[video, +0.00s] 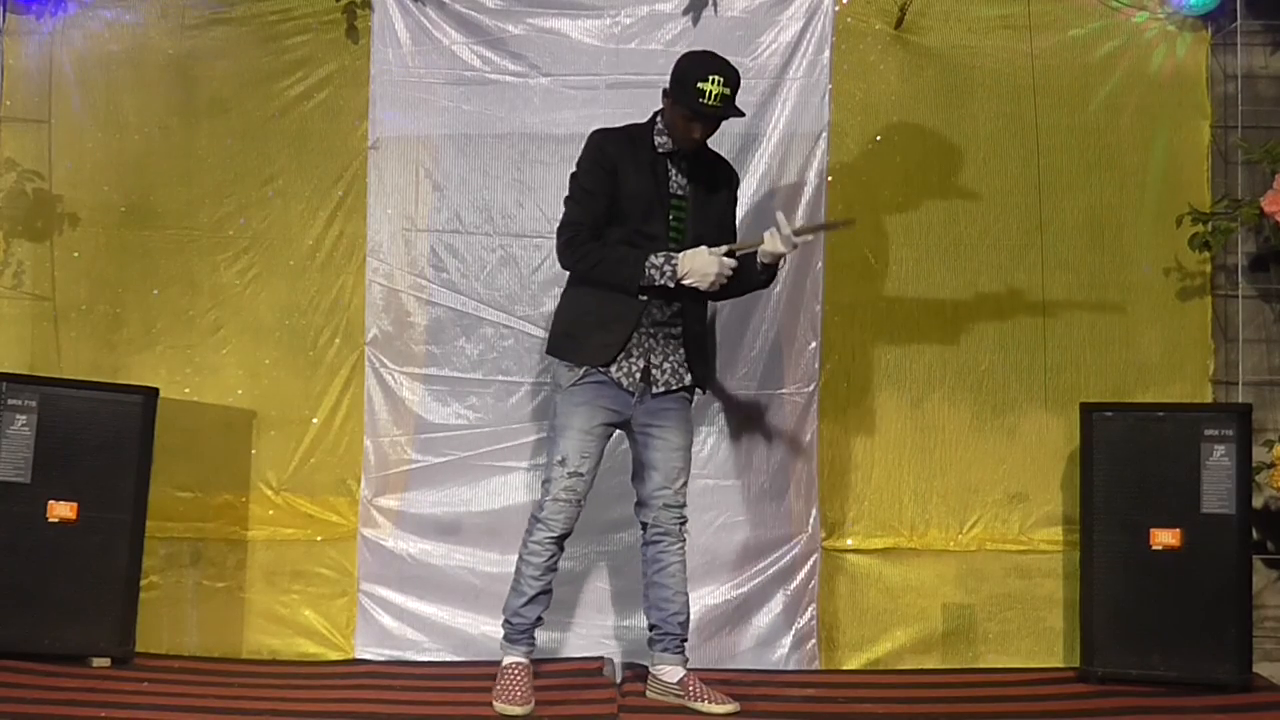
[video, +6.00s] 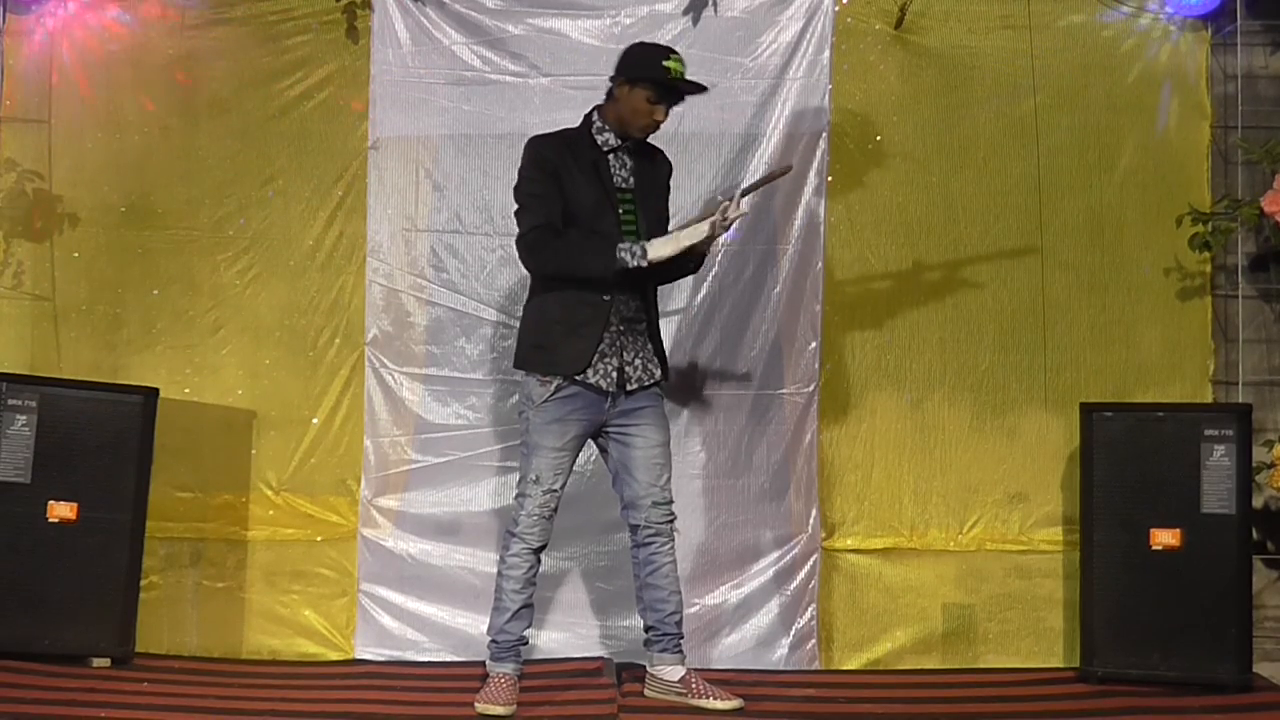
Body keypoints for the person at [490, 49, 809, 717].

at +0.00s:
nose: (703, 130)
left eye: (714, 120)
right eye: (694, 115)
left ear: (724, 116)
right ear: (668, 99)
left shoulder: (718, 177)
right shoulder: (610, 149)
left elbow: (707, 280)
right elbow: (576, 249)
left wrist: (759, 262)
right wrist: (670, 266)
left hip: (671, 377)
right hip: (593, 367)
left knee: (666, 516)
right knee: (561, 505)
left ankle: (668, 668)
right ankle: (517, 654)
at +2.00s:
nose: (656, 82)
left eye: (655, 70)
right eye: (644, 71)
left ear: (627, 80)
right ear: (606, 78)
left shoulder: (651, 169)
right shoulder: (549, 153)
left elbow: (648, 272)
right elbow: (559, 256)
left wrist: (715, 252)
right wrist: (659, 221)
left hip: (642, 374)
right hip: (566, 372)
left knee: (651, 519)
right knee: (536, 522)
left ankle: (665, 669)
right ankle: (506, 669)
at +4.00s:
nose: (658, 128)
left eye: (667, 119)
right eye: (653, 113)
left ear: (666, 117)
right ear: (620, 94)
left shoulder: (654, 173)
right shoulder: (550, 156)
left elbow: (640, 277)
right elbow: (545, 260)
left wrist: (691, 255)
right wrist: (645, 251)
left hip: (636, 378)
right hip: (562, 377)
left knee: (653, 520)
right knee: (532, 525)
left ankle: (667, 673)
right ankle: (503, 672)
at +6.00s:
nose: (664, 115)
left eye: (669, 105)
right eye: (656, 101)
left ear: (661, 105)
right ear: (620, 89)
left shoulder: (654, 167)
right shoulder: (549, 152)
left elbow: (647, 269)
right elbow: (538, 252)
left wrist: (701, 244)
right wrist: (632, 254)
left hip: (637, 376)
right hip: (561, 375)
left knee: (654, 519)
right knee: (531, 523)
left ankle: (667, 669)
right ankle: (503, 669)